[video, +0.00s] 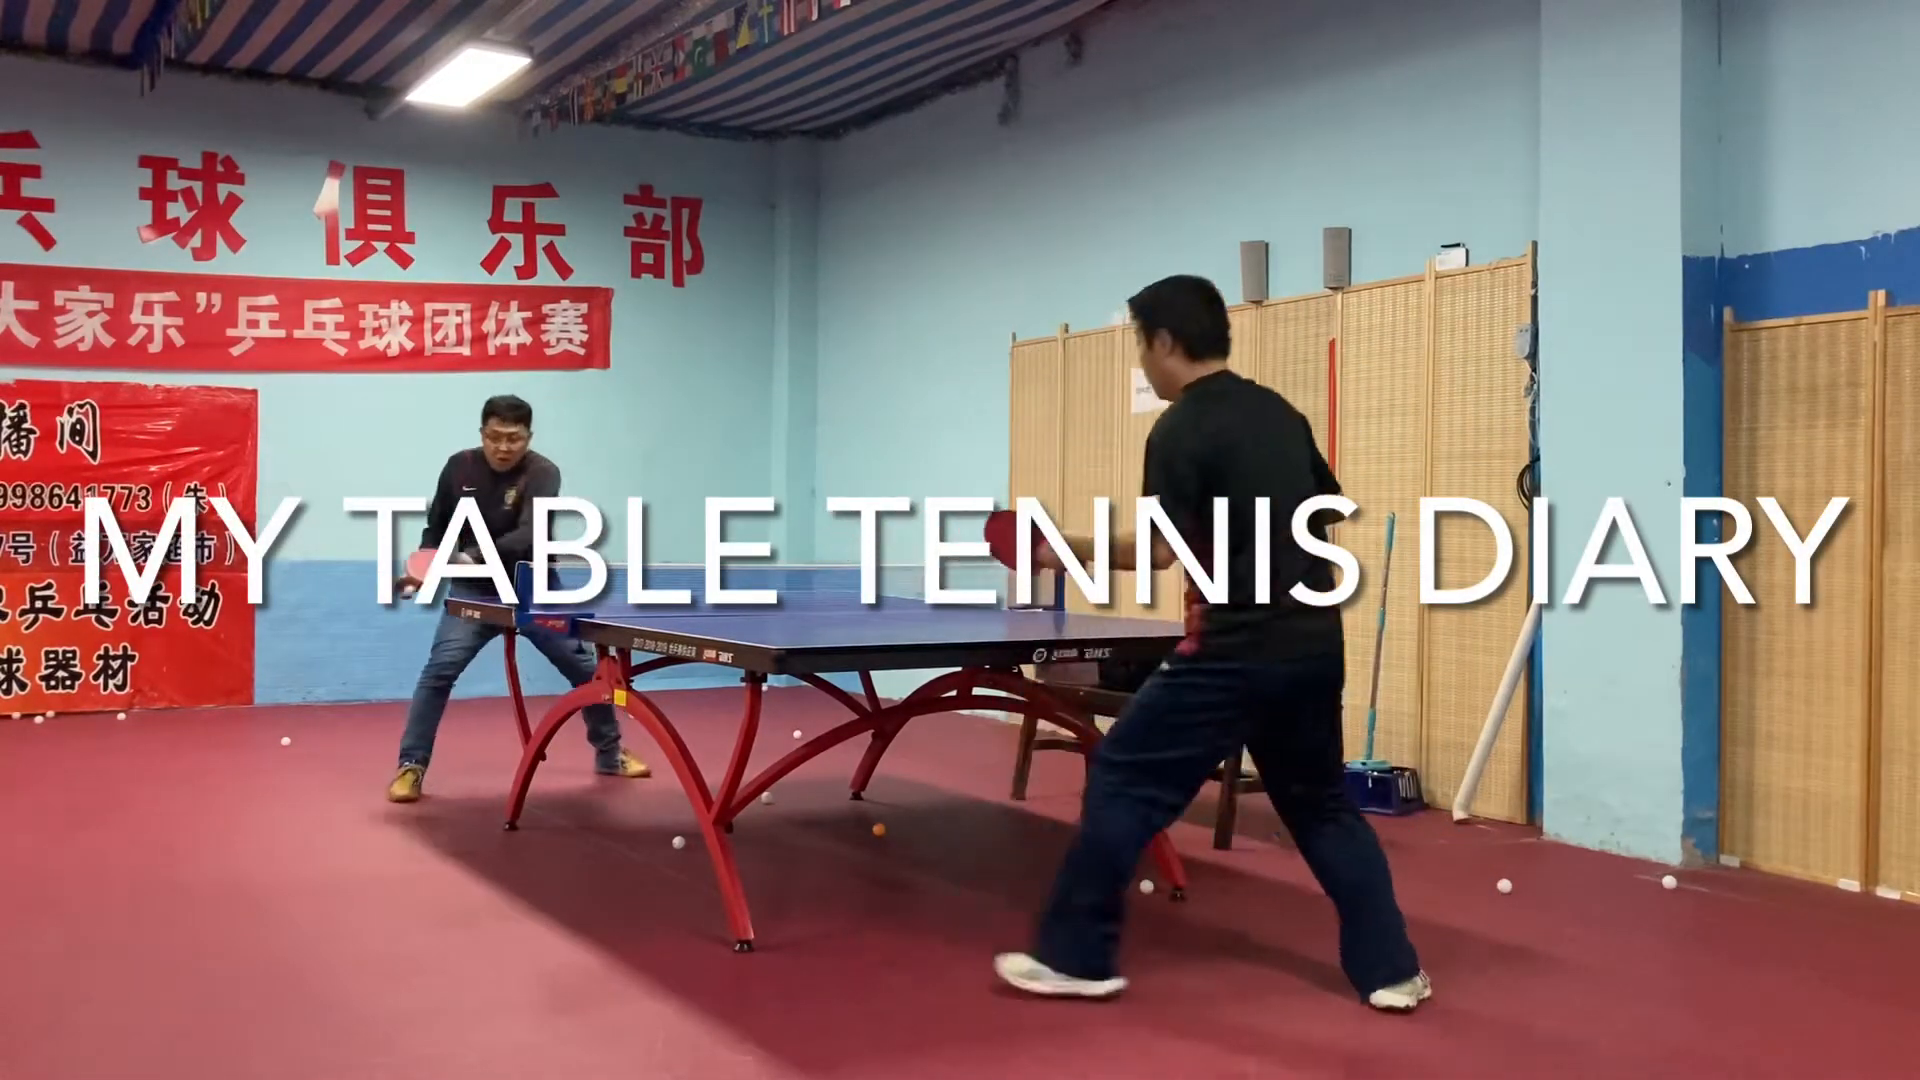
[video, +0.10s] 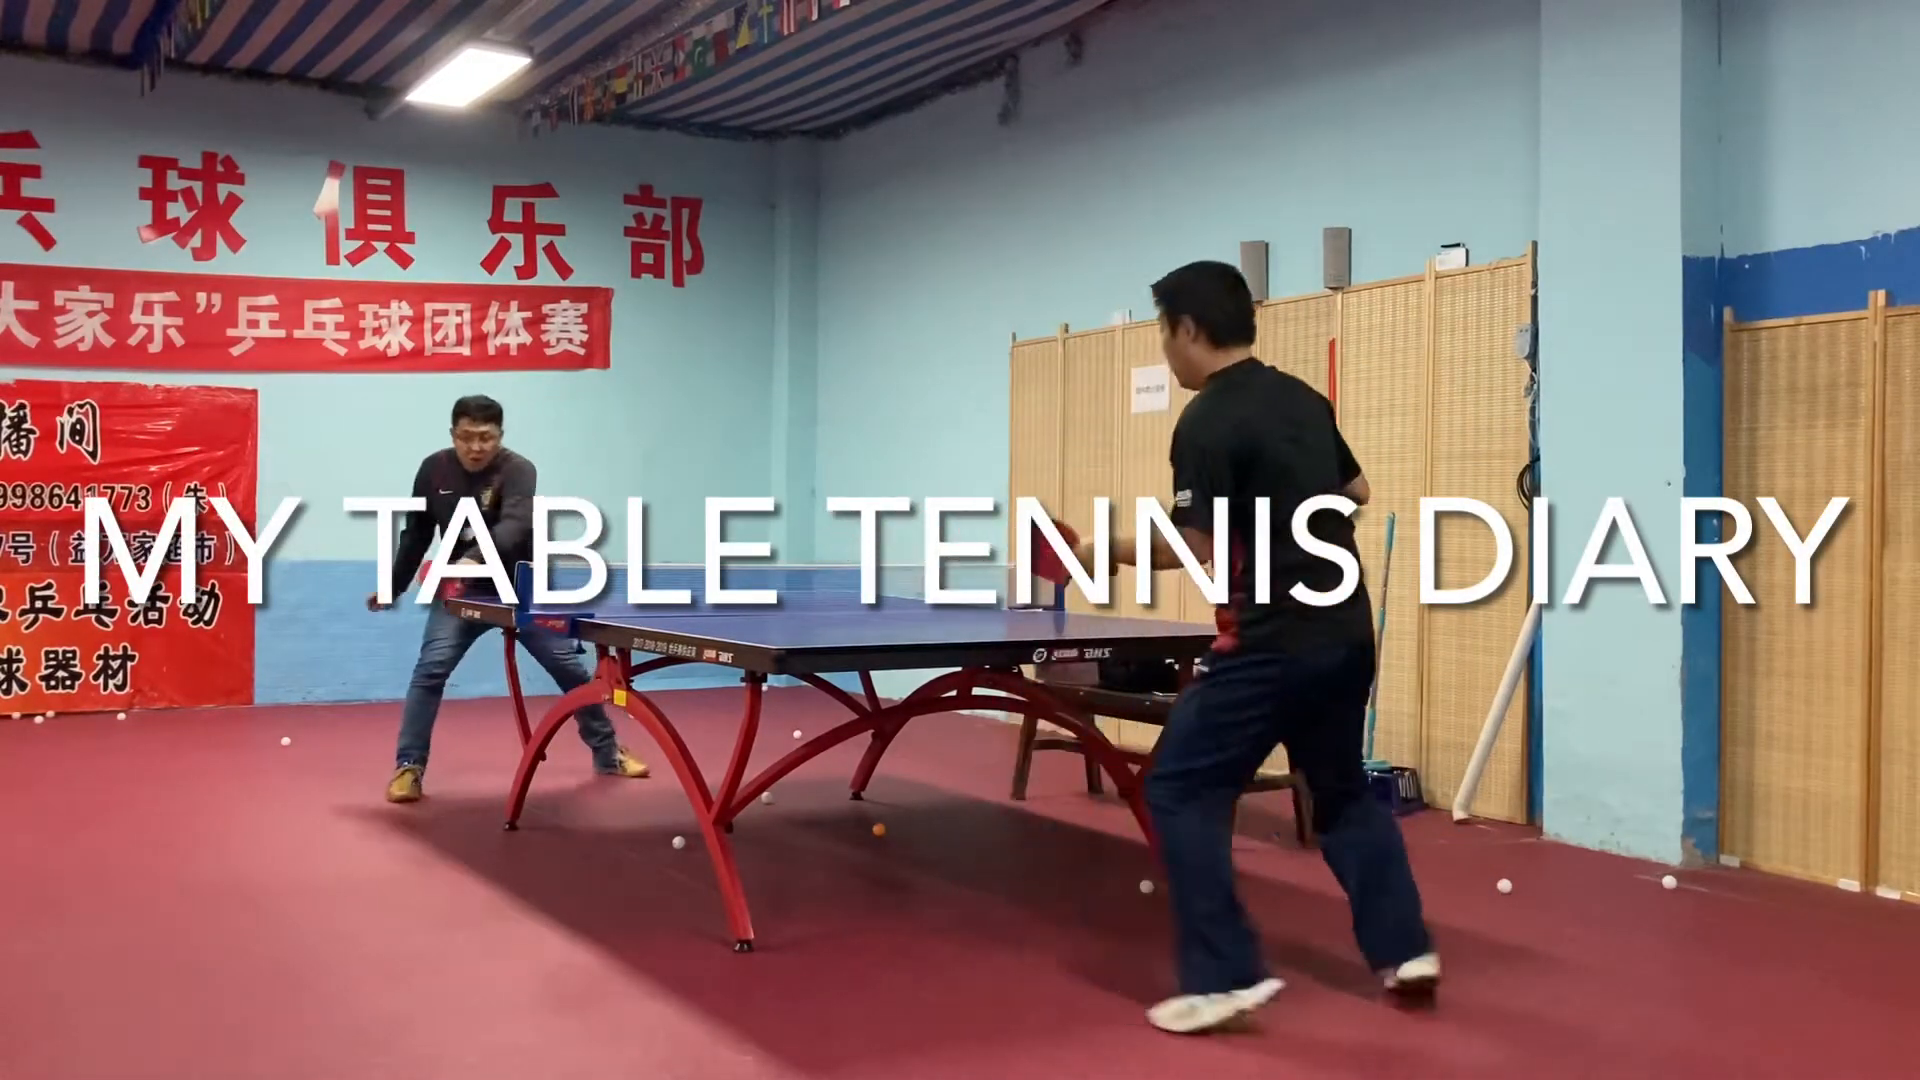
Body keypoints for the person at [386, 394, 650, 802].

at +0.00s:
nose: (504, 448)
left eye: (514, 439)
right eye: (495, 437)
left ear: (528, 438)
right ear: (481, 434)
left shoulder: (543, 473)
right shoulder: (459, 467)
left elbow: (529, 536)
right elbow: (436, 529)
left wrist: (472, 557)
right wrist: (419, 572)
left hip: (533, 590)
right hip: (474, 592)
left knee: (582, 665)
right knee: (441, 668)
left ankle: (610, 753)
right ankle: (412, 766)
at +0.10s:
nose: (476, 447)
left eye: (485, 438)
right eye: (467, 438)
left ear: (500, 437)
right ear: (453, 435)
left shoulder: (517, 471)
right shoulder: (434, 470)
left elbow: (514, 529)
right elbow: (417, 535)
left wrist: (468, 562)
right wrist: (391, 589)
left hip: (516, 587)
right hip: (459, 590)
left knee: (567, 664)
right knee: (432, 666)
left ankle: (608, 754)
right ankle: (409, 766)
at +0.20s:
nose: (461, 441)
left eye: (470, 432)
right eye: (451, 432)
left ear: (483, 430)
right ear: (435, 431)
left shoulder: (504, 462)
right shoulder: (418, 470)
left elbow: (517, 522)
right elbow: (399, 532)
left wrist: (474, 564)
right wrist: (383, 586)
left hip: (512, 580)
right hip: (455, 586)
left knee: (559, 660)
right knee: (430, 666)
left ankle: (596, 751)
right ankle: (408, 767)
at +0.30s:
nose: (458, 434)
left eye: (466, 424)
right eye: (448, 425)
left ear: (478, 424)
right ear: (431, 427)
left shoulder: (501, 459)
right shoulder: (413, 468)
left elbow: (521, 521)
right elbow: (393, 532)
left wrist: (491, 572)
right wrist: (381, 585)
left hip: (512, 579)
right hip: (454, 582)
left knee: (556, 659)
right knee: (430, 666)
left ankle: (584, 749)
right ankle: (408, 767)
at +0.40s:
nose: (465, 429)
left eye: (474, 420)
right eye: (455, 421)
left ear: (485, 422)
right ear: (438, 424)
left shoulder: (508, 461)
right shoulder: (419, 466)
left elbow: (528, 527)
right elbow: (396, 531)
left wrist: (497, 577)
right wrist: (383, 589)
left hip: (513, 582)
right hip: (455, 586)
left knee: (559, 660)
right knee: (430, 667)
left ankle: (579, 741)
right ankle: (408, 767)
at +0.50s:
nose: (483, 432)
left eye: (491, 423)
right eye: (473, 423)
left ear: (502, 426)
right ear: (455, 426)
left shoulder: (523, 469)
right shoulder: (432, 470)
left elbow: (543, 537)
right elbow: (404, 535)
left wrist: (537, 594)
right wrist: (390, 591)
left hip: (517, 590)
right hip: (459, 593)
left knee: (561, 668)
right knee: (436, 668)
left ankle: (577, 745)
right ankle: (408, 767)